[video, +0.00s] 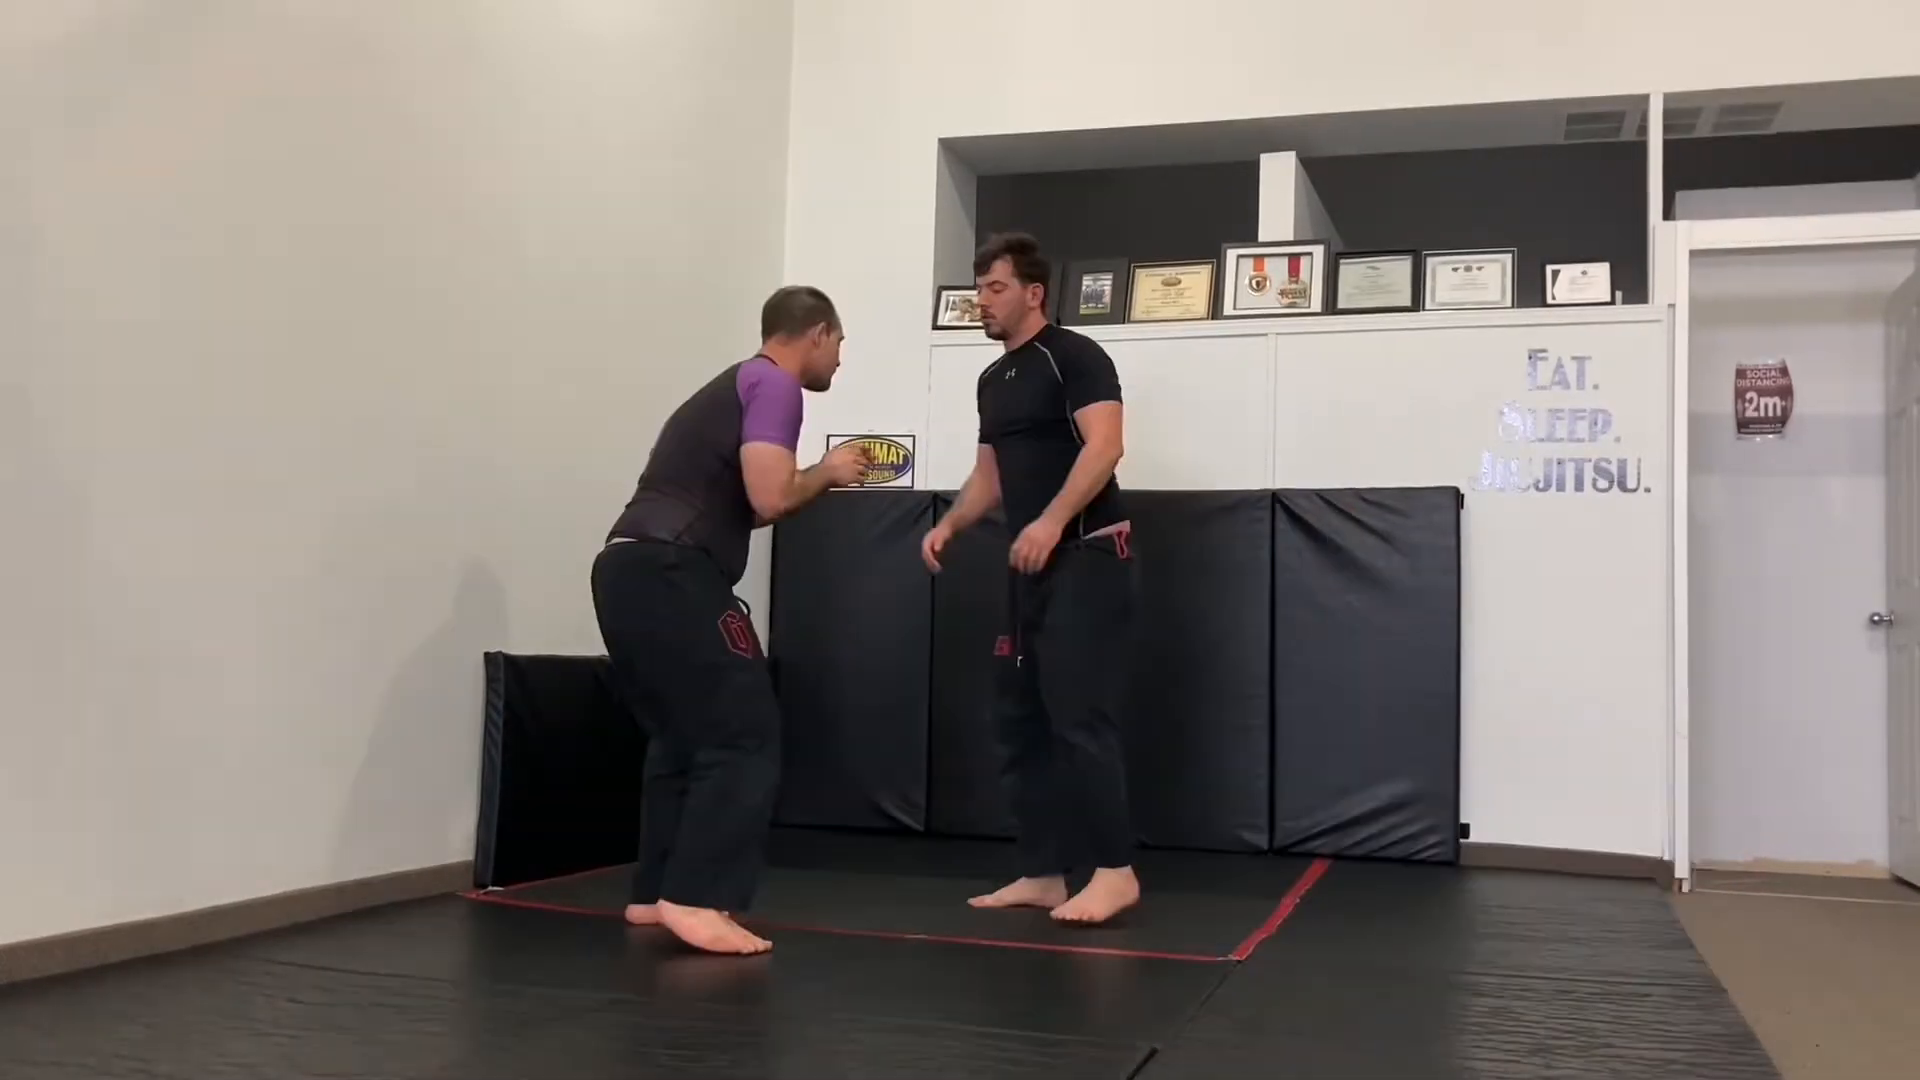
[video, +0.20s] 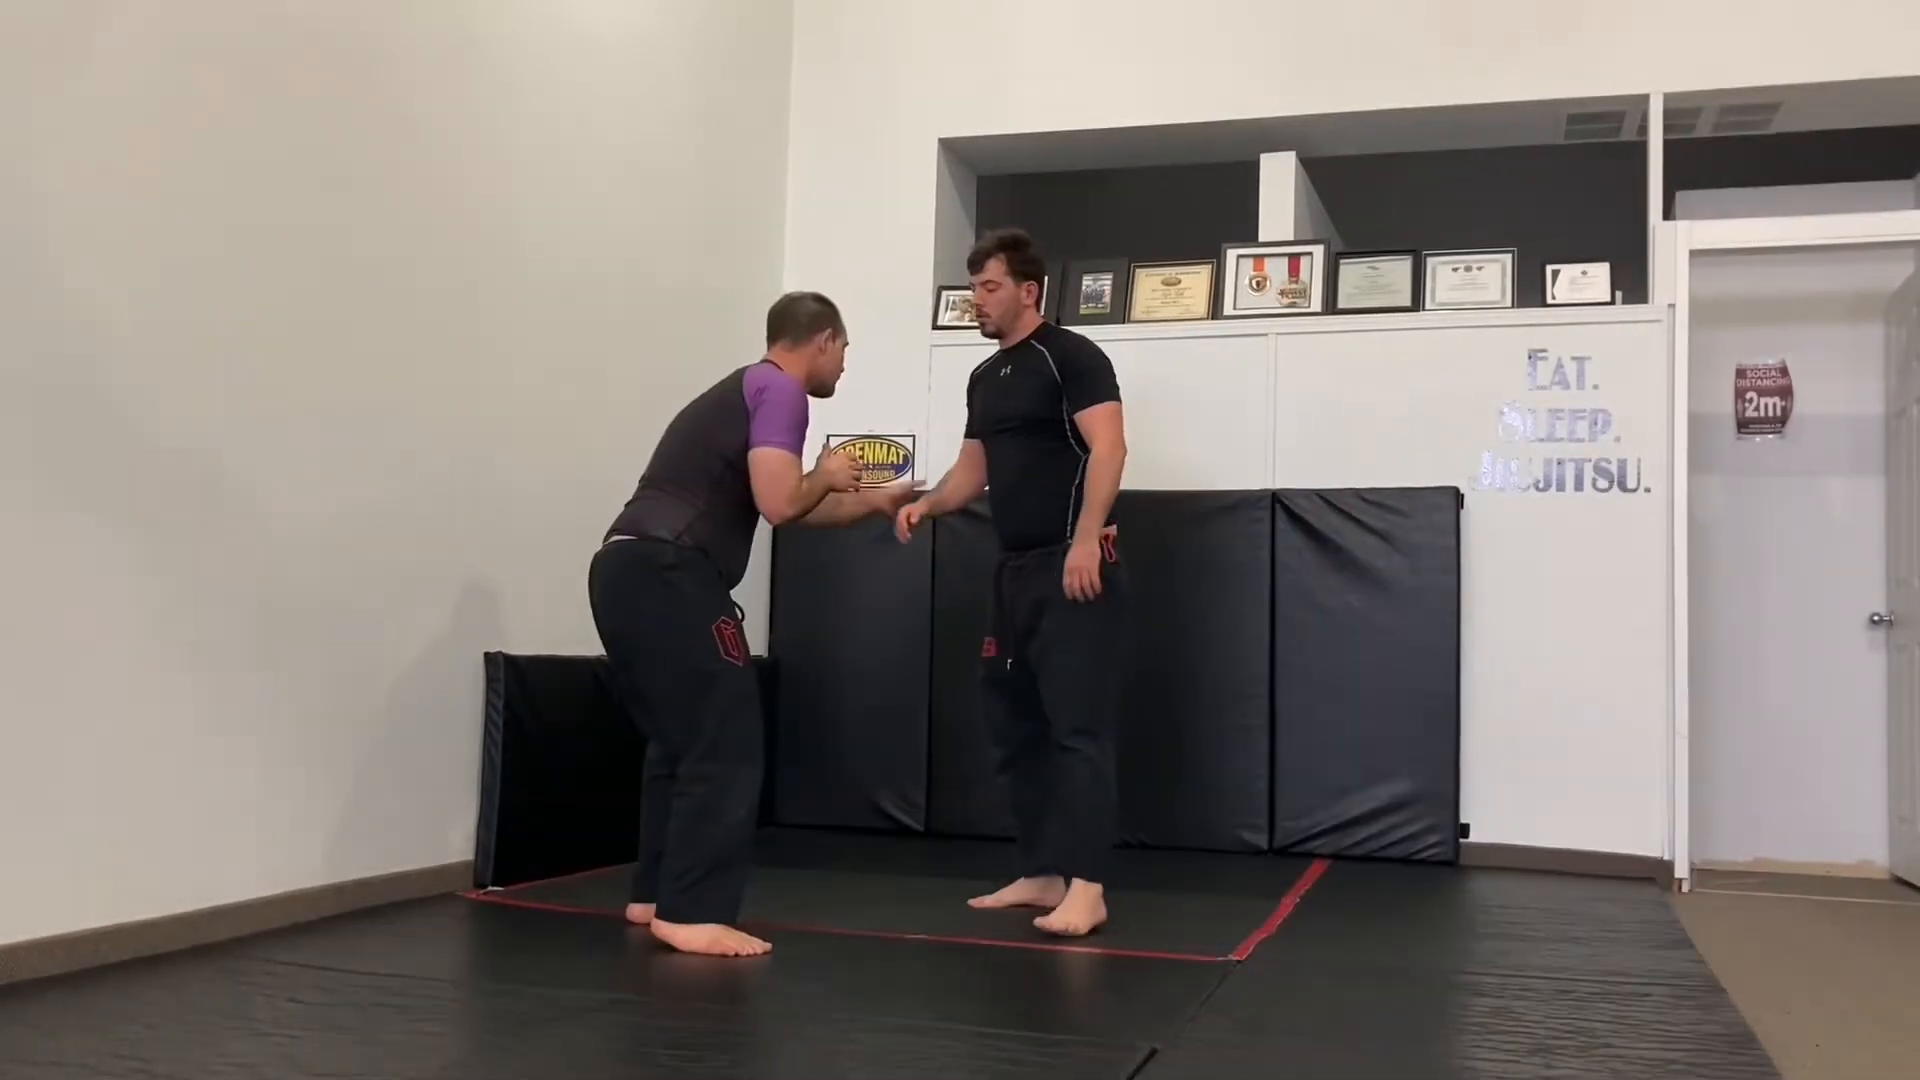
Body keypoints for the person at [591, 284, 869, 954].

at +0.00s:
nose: (840, 359)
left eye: (841, 346)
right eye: (839, 345)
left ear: (776, 333)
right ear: (817, 336)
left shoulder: (738, 382)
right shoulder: (773, 383)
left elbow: (755, 504)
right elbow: (770, 496)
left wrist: (820, 475)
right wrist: (826, 472)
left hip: (626, 570)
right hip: (669, 573)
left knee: (679, 735)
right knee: (744, 734)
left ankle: (654, 894)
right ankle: (698, 902)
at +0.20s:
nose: (843, 363)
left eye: (843, 351)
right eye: (842, 350)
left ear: (784, 340)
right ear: (822, 343)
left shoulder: (747, 388)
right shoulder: (779, 387)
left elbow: (796, 509)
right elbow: (776, 500)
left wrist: (878, 501)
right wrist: (827, 477)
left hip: (625, 569)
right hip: (667, 573)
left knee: (679, 737)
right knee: (727, 737)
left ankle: (655, 893)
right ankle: (693, 914)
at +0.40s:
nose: (844, 369)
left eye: (846, 355)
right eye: (845, 354)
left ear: (779, 343)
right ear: (825, 346)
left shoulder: (745, 392)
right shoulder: (786, 392)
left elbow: (801, 512)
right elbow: (803, 503)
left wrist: (878, 514)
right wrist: (865, 494)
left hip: (612, 569)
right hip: (663, 571)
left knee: (667, 739)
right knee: (729, 739)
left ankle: (652, 895)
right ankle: (693, 921)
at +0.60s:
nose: (837, 373)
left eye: (837, 359)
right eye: (835, 358)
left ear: (771, 355)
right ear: (812, 354)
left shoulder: (730, 405)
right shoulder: (794, 402)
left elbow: (768, 526)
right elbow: (876, 503)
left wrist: (863, 529)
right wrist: (937, 499)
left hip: (596, 572)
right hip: (653, 577)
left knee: (647, 733)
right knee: (722, 741)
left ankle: (611, 880)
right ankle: (693, 921)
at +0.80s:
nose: (831, 393)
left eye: (832, 379)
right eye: (829, 377)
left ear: (769, 367)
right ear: (803, 367)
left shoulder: (718, 415)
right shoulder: (783, 411)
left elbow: (741, 537)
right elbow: (877, 485)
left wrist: (837, 538)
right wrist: (952, 486)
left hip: (579, 574)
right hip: (636, 579)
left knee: (616, 741)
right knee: (707, 739)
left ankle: (581, 892)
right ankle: (687, 920)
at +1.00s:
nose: (851, 433)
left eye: (855, 420)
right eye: (850, 417)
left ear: (801, 400)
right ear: (816, 401)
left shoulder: (735, 438)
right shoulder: (790, 440)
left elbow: (728, 557)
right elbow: (864, 532)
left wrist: (807, 561)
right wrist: (921, 504)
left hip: (575, 574)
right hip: (627, 581)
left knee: (614, 735)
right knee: (699, 727)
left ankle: (583, 887)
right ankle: (665, 898)